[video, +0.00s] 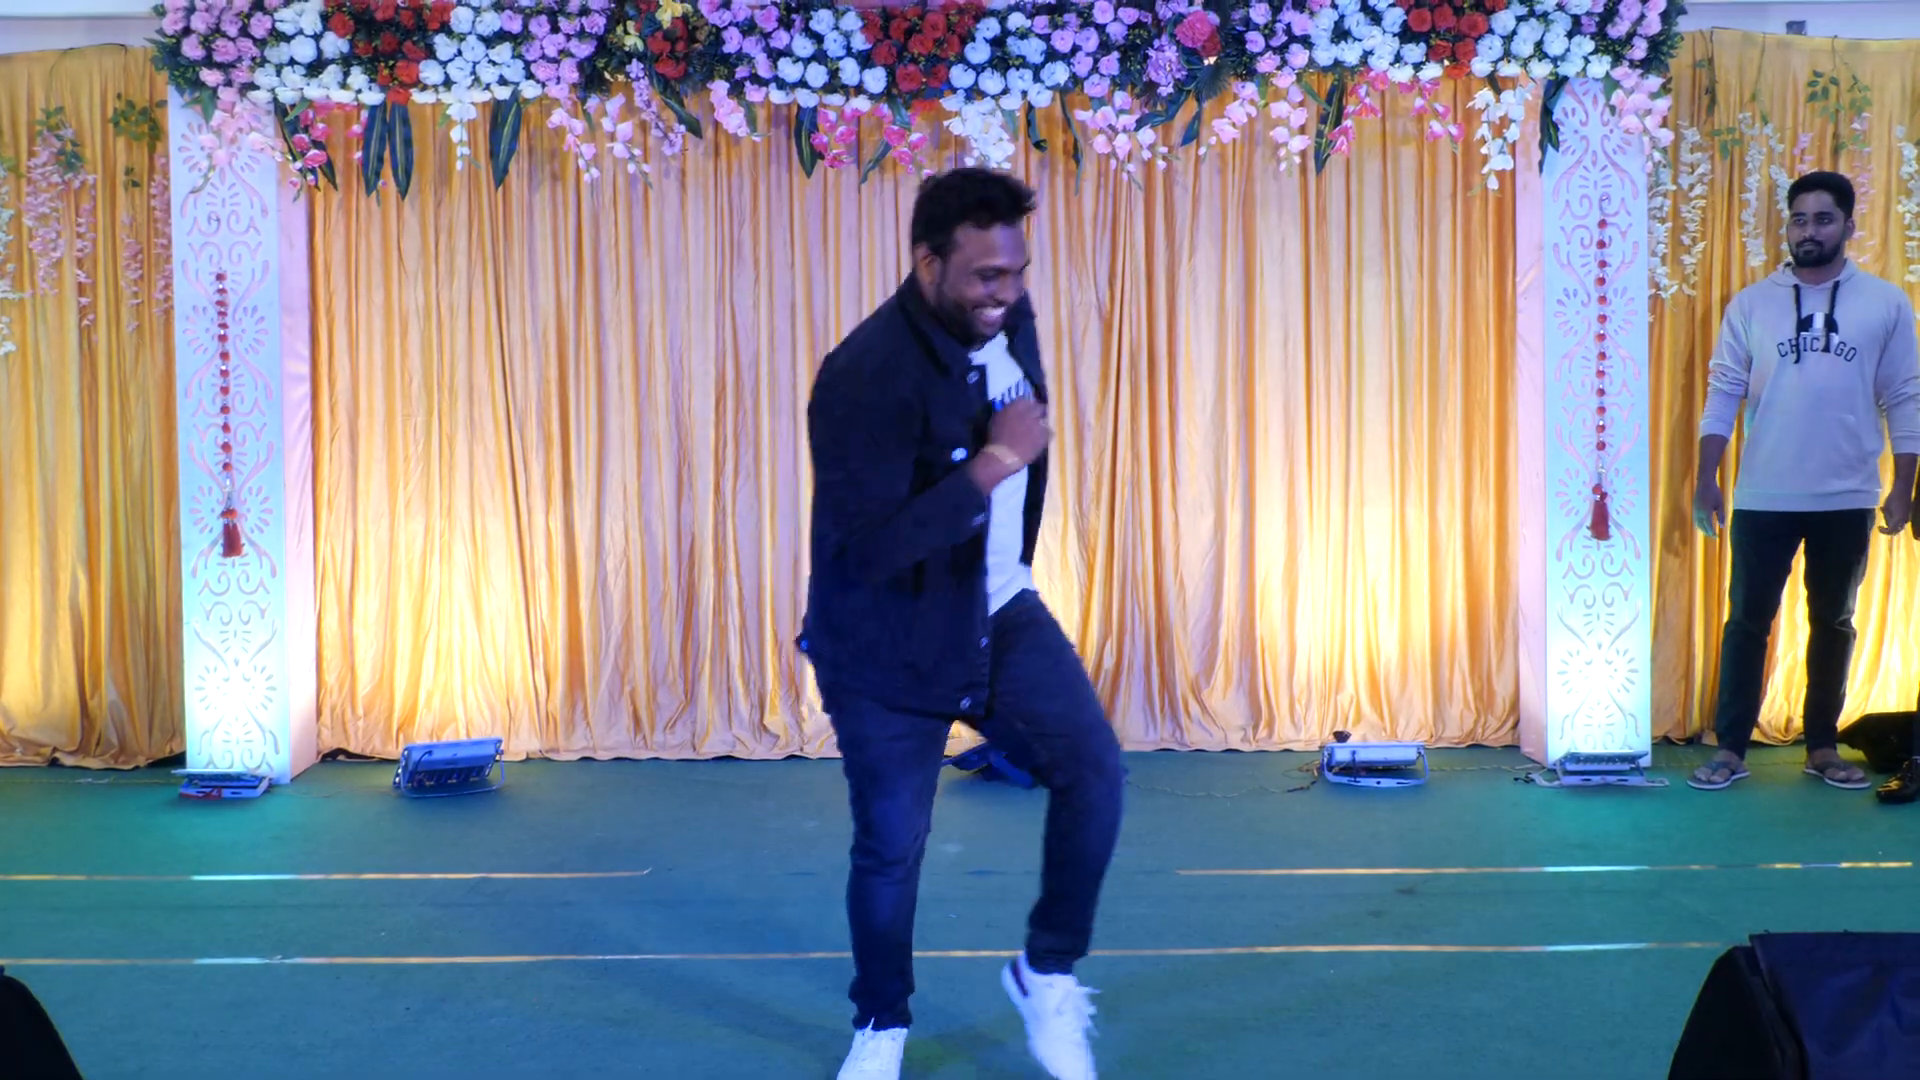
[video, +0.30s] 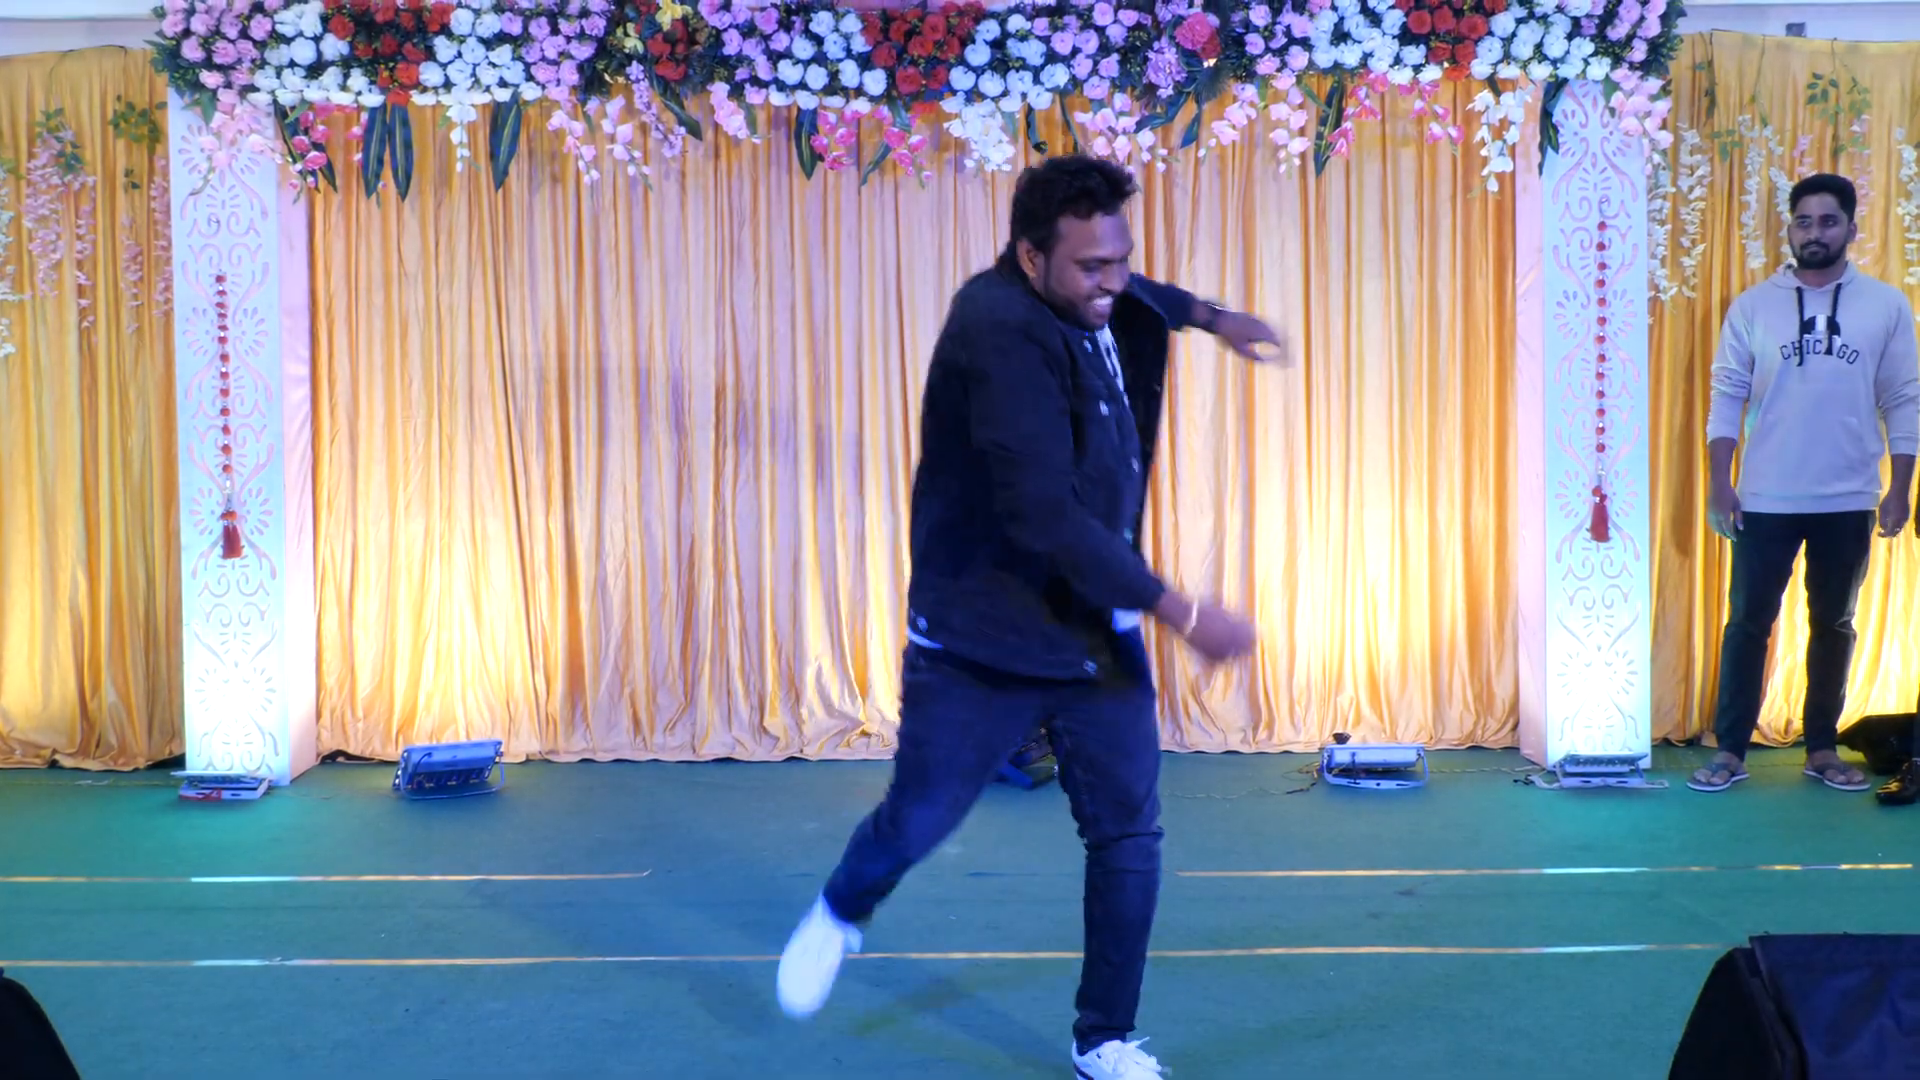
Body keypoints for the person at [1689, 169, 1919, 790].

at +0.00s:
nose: (1810, 229)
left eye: (1824, 219)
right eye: (1799, 218)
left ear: (1848, 226)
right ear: (1787, 226)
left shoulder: (1886, 304)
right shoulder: (1751, 304)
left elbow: (1905, 398)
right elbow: (1723, 390)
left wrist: (1904, 483)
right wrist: (1707, 474)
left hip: (1846, 495)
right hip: (1764, 493)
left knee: (1833, 626)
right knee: (1747, 621)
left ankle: (1822, 748)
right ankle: (1730, 749)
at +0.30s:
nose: (1814, 232)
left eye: (1828, 221)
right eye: (1804, 221)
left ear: (1851, 229)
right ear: (1788, 228)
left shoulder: (1885, 306)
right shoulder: (1753, 306)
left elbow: (1904, 400)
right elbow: (1727, 393)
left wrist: (1901, 485)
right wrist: (1719, 478)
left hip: (1846, 497)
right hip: (1766, 494)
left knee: (1833, 628)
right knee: (1747, 622)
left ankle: (1821, 750)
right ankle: (1730, 751)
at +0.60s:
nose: (1799, 238)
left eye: (1813, 229)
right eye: (1789, 228)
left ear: (1835, 238)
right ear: (1775, 235)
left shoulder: (1868, 313)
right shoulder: (1738, 312)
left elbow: (1884, 405)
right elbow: (1712, 398)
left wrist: (1884, 491)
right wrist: (1702, 481)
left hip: (1829, 500)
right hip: (1750, 497)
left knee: (1816, 629)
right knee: (1729, 624)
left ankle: (1802, 748)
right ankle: (1711, 749)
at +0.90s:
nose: (1768, 253)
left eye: (1781, 243)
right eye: (1758, 242)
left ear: (1802, 251)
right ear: (1743, 250)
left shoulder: (1834, 324)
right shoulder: (1708, 323)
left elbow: (1848, 414)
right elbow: (1682, 406)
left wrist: (1844, 497)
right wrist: (1671, 484)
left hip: (1796, 504)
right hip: (1719, 502)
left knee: (1782, 629)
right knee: (1699, 624)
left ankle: (1768, 743)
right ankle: (1681, 743)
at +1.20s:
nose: (1748, 265)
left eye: (1758, 256)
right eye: (1736, 256)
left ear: (1773, 264)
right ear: (1716, 262)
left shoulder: (1800, 333)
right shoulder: (1679, 331)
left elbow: (1813, 419)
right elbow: (1654, 410)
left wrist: (1809, 499)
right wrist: (1645, 487)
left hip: (1763, 507)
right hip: (1690, 504)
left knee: (1749, 627)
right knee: (1669, 623)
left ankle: (1735, 736)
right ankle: (1652, 737)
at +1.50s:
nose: (1741, 270)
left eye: (1751, 261)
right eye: (1730, 260)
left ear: (1764, 268)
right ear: (1708, 266)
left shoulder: (1789, 338)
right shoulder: (1670, 335)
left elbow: (1802, 422)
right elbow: (1645, 413)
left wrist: (1799, 501)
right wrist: (1636, 489)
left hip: (1753, 509)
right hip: (1681, 506)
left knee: (1739, 627)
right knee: (1660, 622)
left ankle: (1726, 734)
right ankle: (1643, 735)